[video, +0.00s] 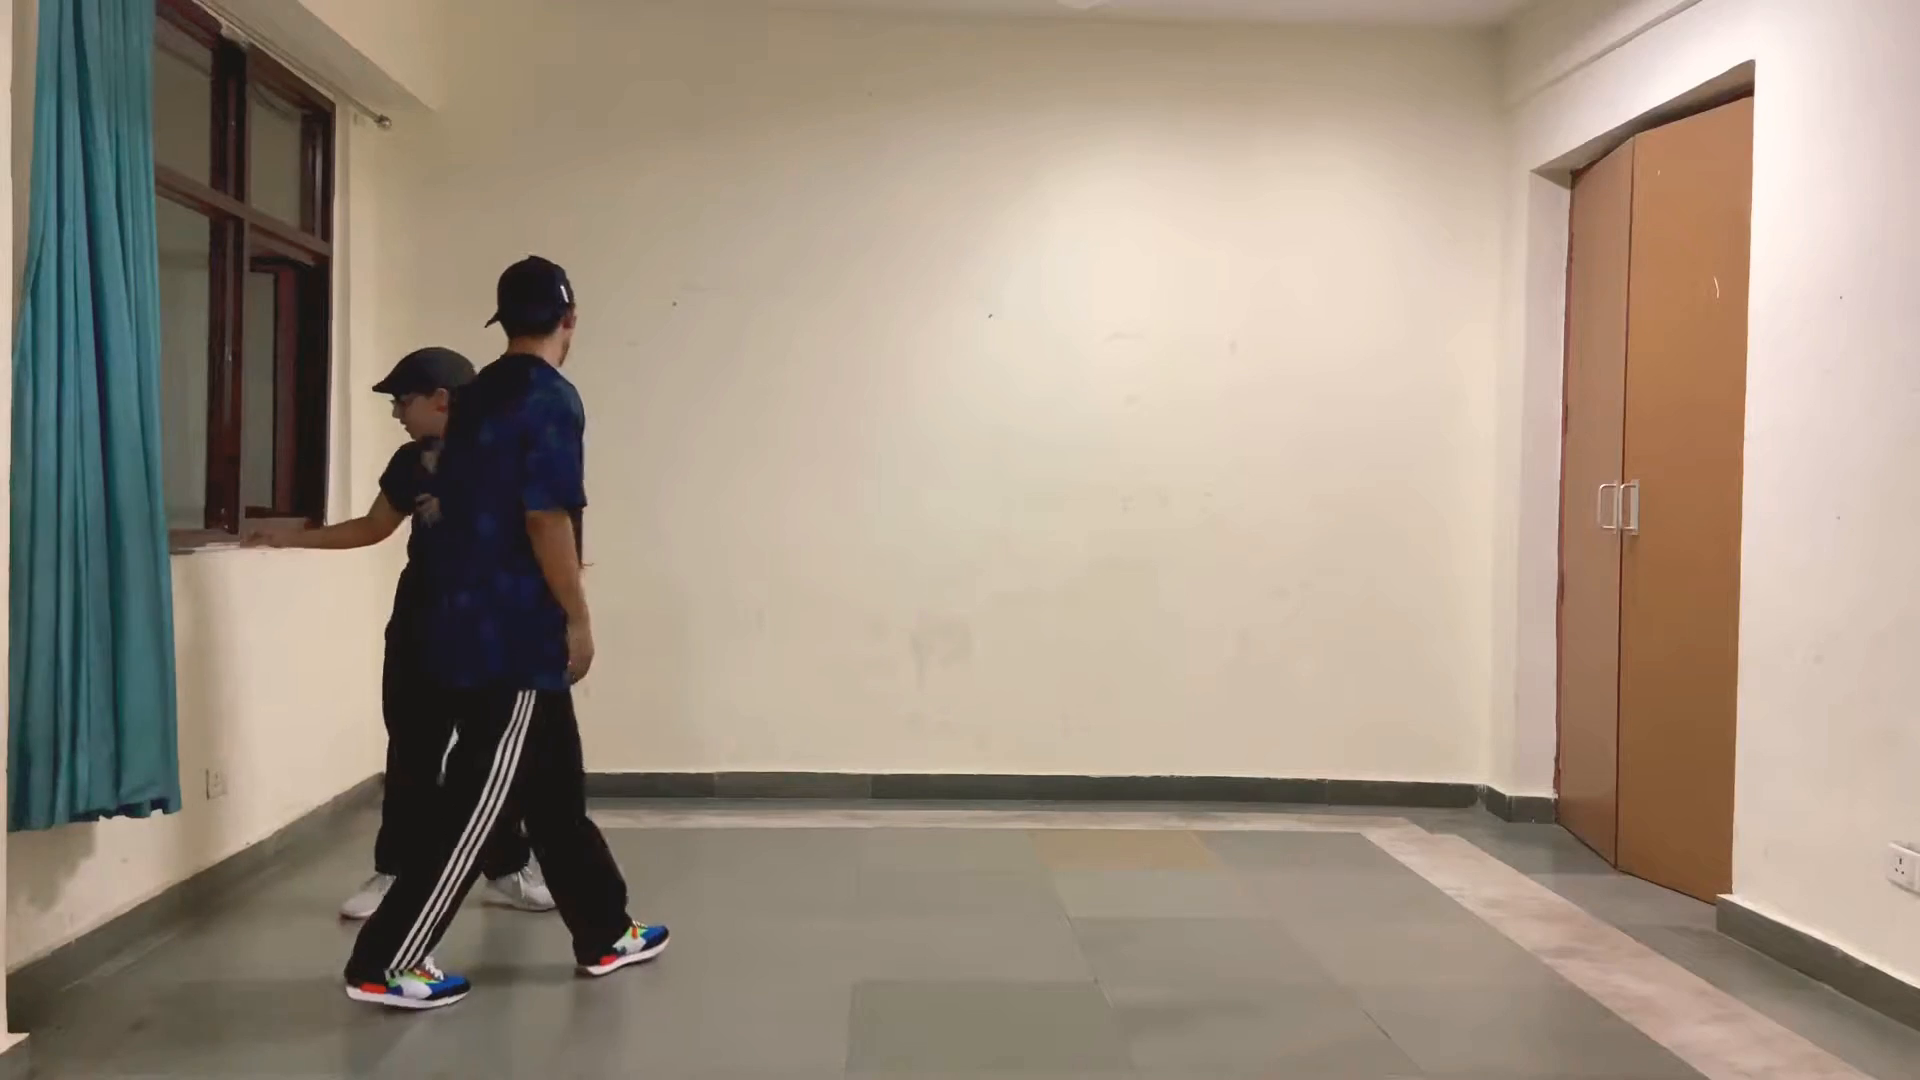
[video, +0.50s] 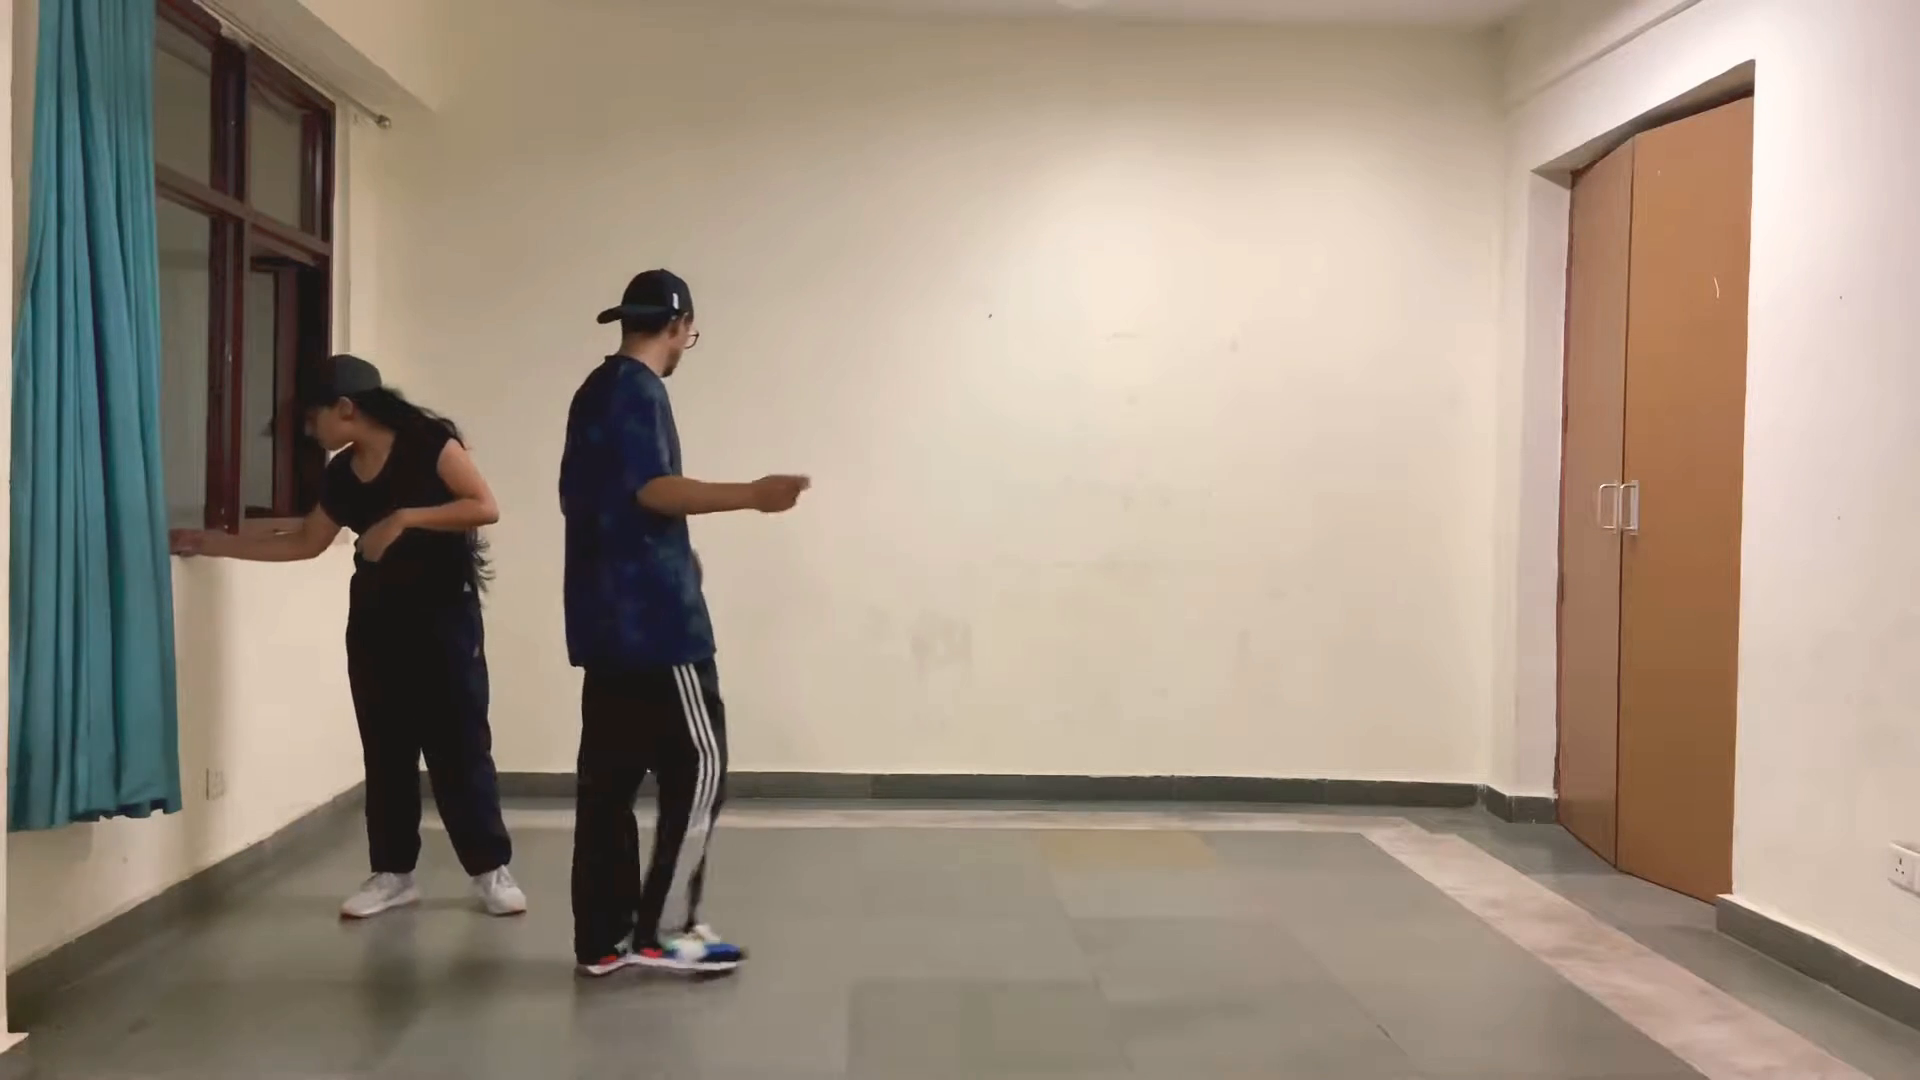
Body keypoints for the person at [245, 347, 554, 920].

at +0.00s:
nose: (398, 412)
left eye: (406, 401)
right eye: (398, 402)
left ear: (443, 400)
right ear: (430, 403)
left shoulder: (491, 452)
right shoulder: (411, 462)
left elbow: (533, 522)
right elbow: (373, 527)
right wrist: (293, 537)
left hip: (484, 614)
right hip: (420, 615)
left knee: (498, 741)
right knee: (411, 747)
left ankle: (510, 865)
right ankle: (394, 872)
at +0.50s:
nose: (311, 429)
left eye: (315, 416)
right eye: (310, 418)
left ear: (348, 409)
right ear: (346, 413)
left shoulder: (429, 441)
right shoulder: (343, 474)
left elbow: (484, 507)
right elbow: (305, 542)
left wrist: (404, 517)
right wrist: (212, 543)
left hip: (445, 624)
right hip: (376, 630)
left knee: (461, 748)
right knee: (386, 753)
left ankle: (492, 871)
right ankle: (394, 874)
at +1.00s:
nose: (294, 431)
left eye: (297, 418)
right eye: (291, 420)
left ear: (330, 409)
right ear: (326, 411)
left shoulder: (413, 437)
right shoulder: (325, 467)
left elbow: (476, 503)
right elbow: (305, 542)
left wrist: (402, 521)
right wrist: (215, 541)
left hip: (435, 617)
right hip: (368, 622)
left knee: (454, 744)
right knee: (382, 749)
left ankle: (489, 868)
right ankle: (394, 873)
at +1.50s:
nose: (292, 432)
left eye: (295, 419)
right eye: (289, 421)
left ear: (328, 410)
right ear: (325, 411)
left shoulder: (412, 439)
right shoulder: (325, 465)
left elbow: (473, 504)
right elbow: (303, 539)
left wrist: (401, 526)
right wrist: (217, 541)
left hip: (433, 617)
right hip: (367, 622)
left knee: (453, 743)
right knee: (380, 750)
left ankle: (488, 868)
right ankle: (395, 873)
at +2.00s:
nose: (296, 431)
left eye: (300, 418)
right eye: (294, 420)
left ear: (334, 407)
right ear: (330, 410)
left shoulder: (416, 438)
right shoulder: (329, 466)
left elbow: (478, 507)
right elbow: (305, 539)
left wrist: (410, 528)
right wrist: (215, 541)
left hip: (434, 618)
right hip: (367, 623)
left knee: (454, 744)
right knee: (380, 750)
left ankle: (486, 868)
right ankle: (394, 873)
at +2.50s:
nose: (378, 404)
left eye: (389, 392)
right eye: (366, 394)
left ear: (410, 393)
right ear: (350, 399)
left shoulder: (445, 448)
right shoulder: (340, 466)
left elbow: (483, 528)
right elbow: (329, 557)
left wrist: (443, 521)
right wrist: (327, 525)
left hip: (448, 622)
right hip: (377, 624)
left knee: (468, 748)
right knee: (387, 753)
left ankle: (494, 868)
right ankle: (392, 874)